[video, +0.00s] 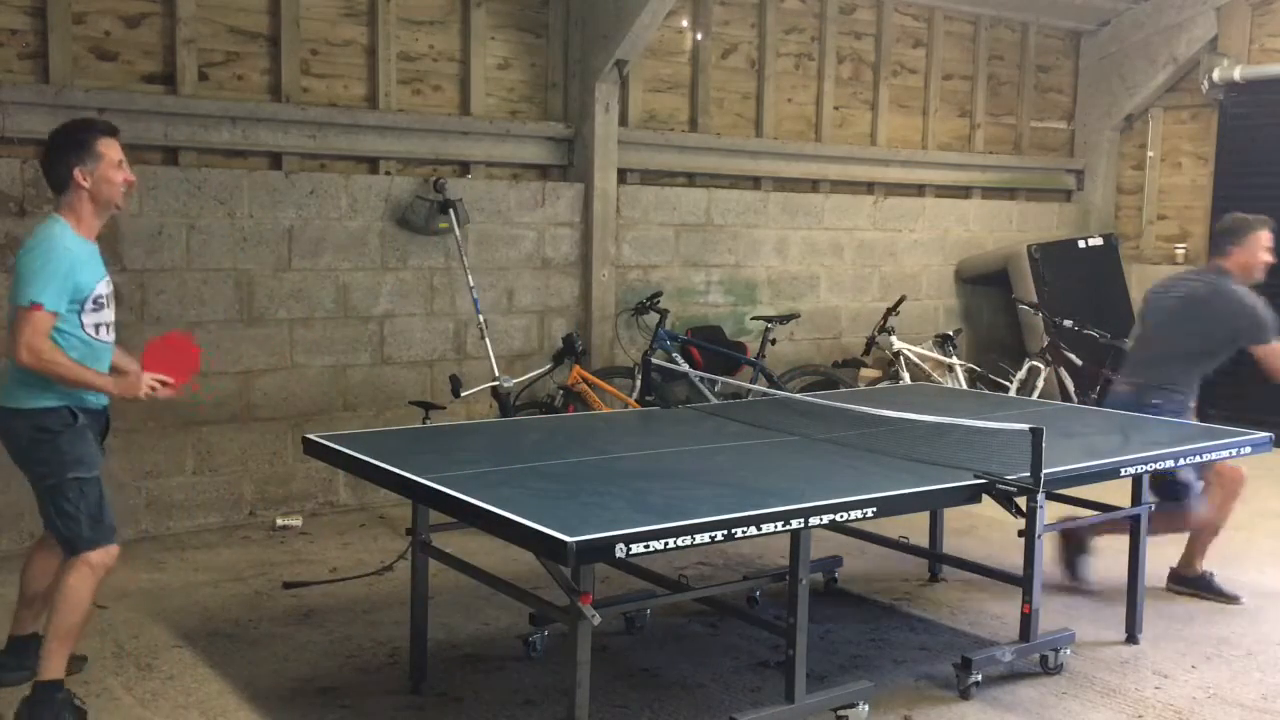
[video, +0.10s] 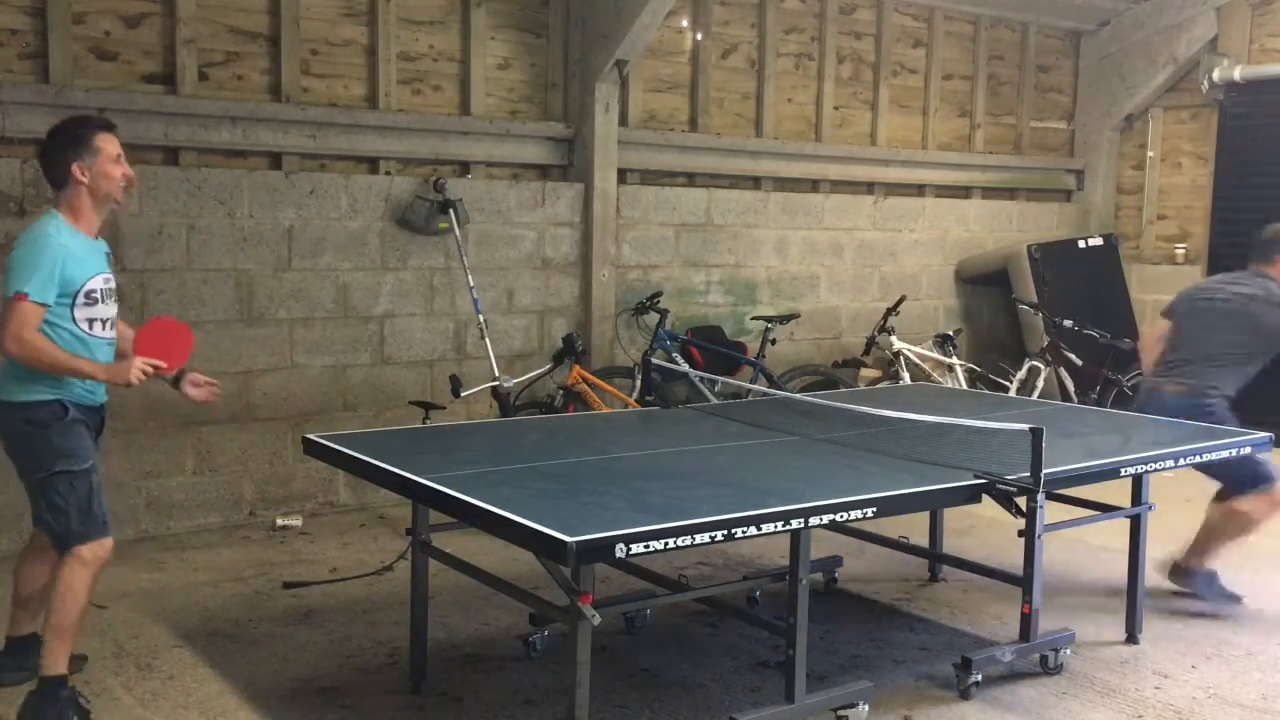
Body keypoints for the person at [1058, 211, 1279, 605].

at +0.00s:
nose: (1270, 259)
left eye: (1270, 250)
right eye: (1264, 249)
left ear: (1222, 252)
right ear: (1234, 251)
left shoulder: (1168, 285)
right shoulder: (1243, 304)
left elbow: (1146, 348)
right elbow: (1274, 367)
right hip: (1163, 419)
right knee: (1187, 513)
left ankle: (1189, 569)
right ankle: (1082, 530)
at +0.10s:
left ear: (1253, 258)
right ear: (1278, 262)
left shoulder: (1202, 288)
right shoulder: (1273, 299)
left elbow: (1150, 338)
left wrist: (1156, 385)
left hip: (1150, 405)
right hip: (1198, 410)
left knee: (1241, 480)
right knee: (1268, 488)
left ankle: (1193, 565)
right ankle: (1193, 563)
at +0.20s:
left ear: (1267, 270)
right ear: (1279, 275)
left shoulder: (1226, 289)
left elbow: (1179, 341)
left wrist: (1154, 394)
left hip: (1201, 404)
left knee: (1268, 485)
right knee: (1271, 484)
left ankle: (1204, 559)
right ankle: (1203, 559)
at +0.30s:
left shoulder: (1255, 294)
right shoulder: (1259, 293)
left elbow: (1202, 346)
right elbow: (1202, 346)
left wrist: (1176, 399)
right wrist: (1177, 400)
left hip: (1245, 409)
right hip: (1270, 409)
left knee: (1277, 497)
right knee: (1277, 498)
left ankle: (1222, 556)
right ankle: (1221, 556)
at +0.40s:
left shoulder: (1272, 288)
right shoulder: (1271, 288)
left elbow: (1243, 345)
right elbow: (1244, 345)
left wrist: (1225, 397)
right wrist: (1226, 398)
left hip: (1269, 406)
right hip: (1271, 406)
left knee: (1279, 487)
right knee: (1278, 489)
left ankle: (1262, 556)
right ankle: (1261, 557)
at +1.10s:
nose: (1226, 213)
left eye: (1236, 204)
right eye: (1220, 205)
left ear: (1262, 207)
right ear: (1215, 209)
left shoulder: (1276, 247)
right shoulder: (1216, 262)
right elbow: (1205, 324)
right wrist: (1179, 372)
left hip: (1278, 381)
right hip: (1248, 379)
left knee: (1263, 476)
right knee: (1218, 459)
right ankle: (1210, 538)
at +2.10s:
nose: (1173, 200)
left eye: (1179, 192)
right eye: (1173, 192)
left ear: (1202, 192)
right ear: (1200, 193)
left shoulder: (1224, 234)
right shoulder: (1204, 233)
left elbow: (1245, 303)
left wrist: (1230, 362)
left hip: (1223, 358)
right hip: (1205, 353)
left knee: (1214, 455)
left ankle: (1244, 555)